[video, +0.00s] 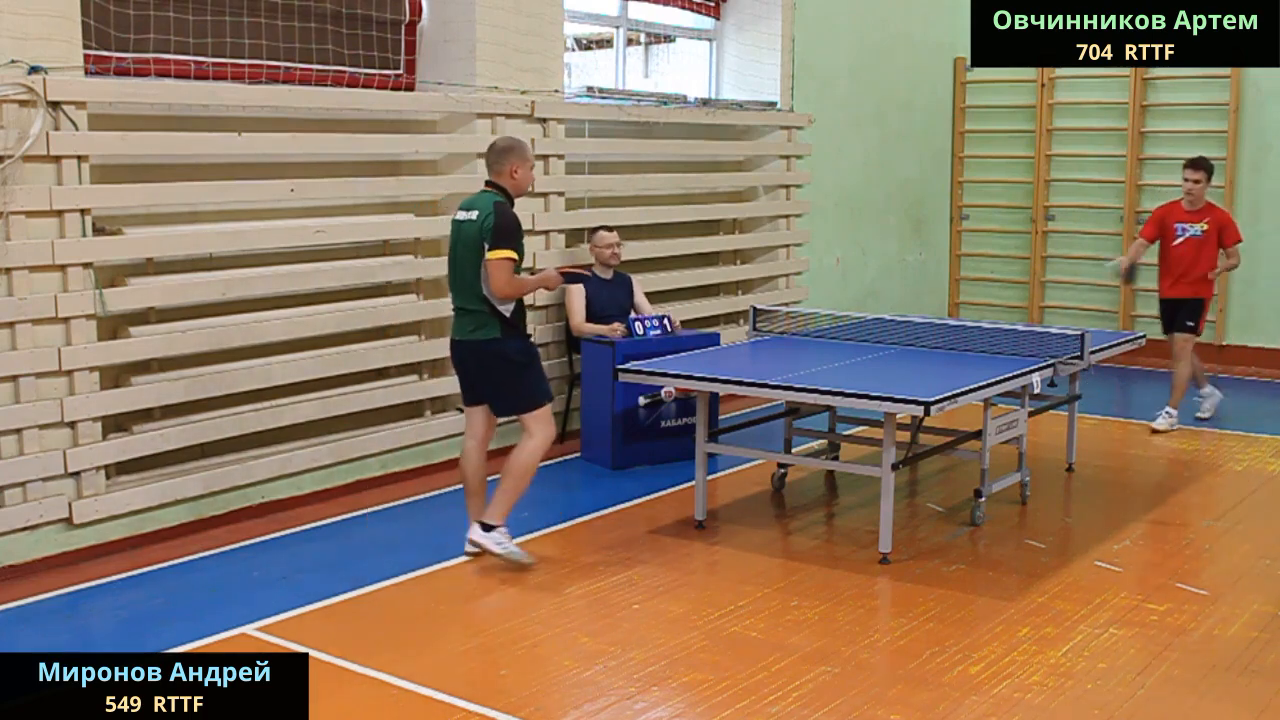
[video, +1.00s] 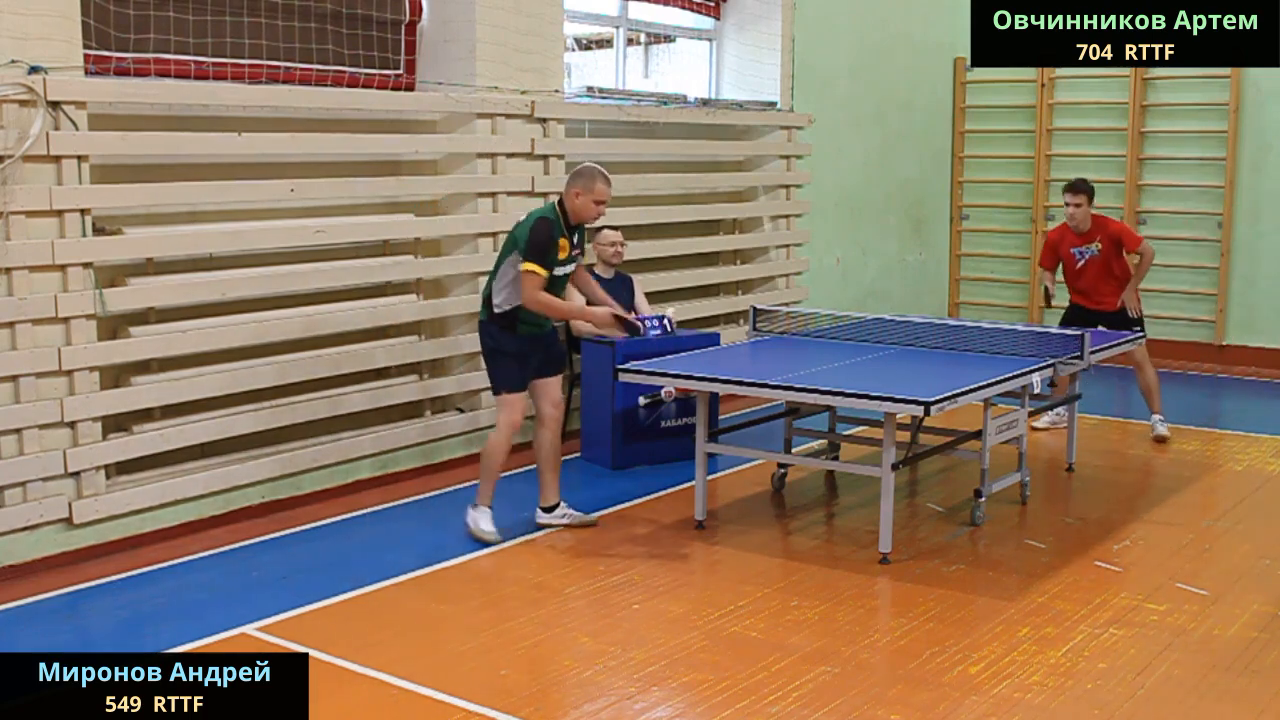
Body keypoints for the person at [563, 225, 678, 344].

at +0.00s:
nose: (615, 251)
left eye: (618, 246)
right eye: (608, 247)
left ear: (622, 247)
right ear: (593, 250)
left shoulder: (628, 281)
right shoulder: (578, 284)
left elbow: (650, 318)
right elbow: (577, 327)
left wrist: (668, 323)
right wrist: (607, 330)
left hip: (631, 349)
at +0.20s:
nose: (617, 250)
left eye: (620, 245)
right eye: (611, 246)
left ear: (624, 247)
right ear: (594, 249)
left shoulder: (629, 282)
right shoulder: (579, 284)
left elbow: (649, 318)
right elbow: (577, 327)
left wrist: (666, 323)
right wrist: (607, 330)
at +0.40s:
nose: (618, 250)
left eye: (622, 245)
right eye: (612, 245)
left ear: (625, 248)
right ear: (595, 248)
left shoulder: (630, 282)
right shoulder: (579, 282)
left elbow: (649, 319)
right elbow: (577, 327)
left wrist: (666, 322)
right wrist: (607, 330)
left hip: (629, 348)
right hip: (595, 349)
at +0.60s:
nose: (619, 250)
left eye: (622, 245)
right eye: (612, 245)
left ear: (625, 247)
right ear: (596, 249)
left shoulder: (630, 282)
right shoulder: (579, 282)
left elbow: (649, 319)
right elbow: (577, 328)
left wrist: (667, 322)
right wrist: (618, 332)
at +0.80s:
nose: (619, 250)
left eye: (622, 245)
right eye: (612, 245)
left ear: (625, 248)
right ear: (595, 248)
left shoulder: (631, 282)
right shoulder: (579, 282)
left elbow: (648, 317)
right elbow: (578, 328)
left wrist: (666, 321)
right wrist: (620, 332)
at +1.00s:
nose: (619, 250)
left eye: (622, 245)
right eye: (612, 245)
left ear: (625, 247)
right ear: (595, 248)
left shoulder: (630, 281)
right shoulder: (580, 279)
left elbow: (649, 318)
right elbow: (577, 328)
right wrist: (616, 333)